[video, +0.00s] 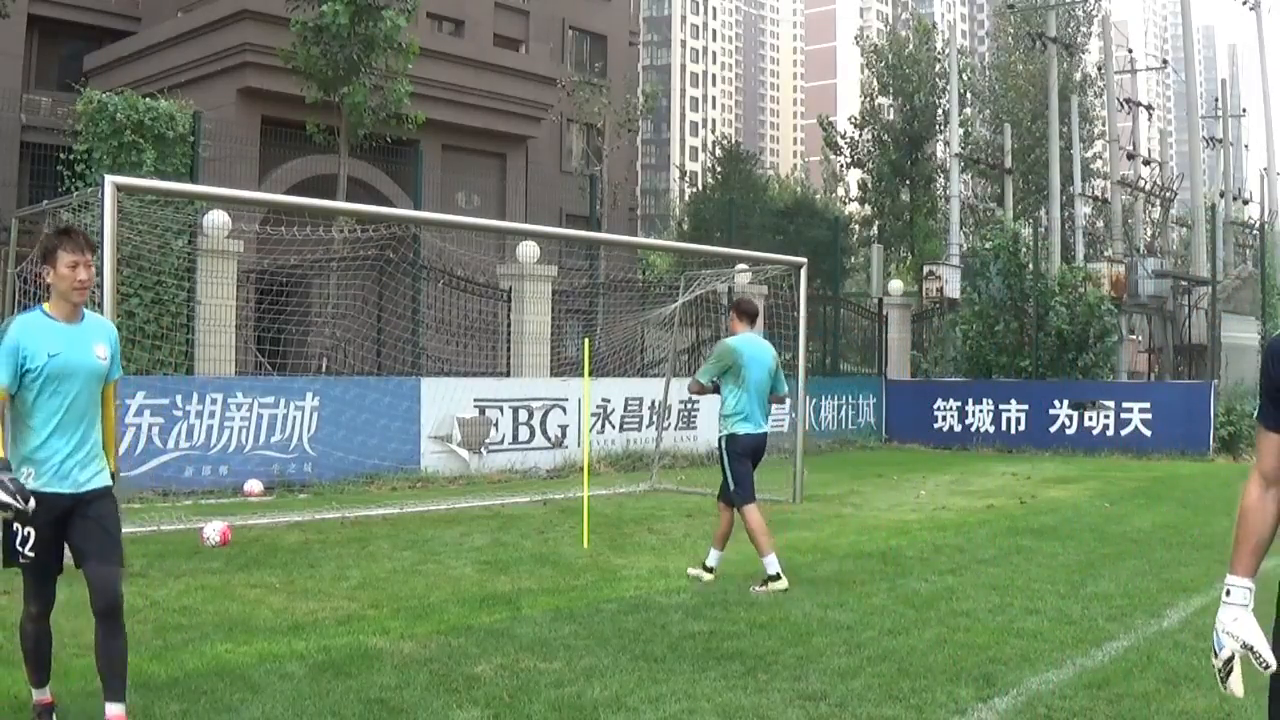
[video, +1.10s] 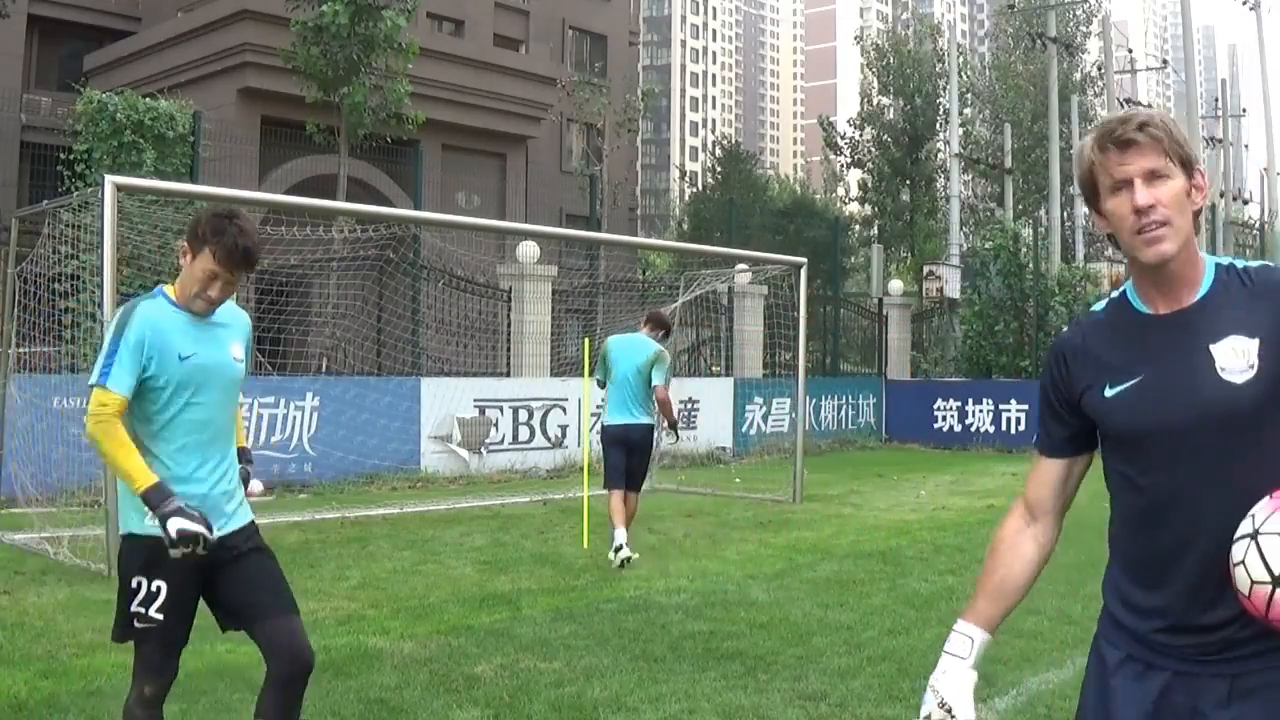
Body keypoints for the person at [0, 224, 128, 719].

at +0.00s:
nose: (84, 275)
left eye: (89, 266)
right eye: (73, 266)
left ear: (94, 271)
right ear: (47, 273)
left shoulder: (104, 331)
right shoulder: (20, 331)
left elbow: (108, 408)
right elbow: (2, 407)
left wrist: (110, 471)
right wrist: (4, 470)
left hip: (94, 487)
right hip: (36, 491)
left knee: (110, 600)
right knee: (38, 607)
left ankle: (116, 712)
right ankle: (42, 704)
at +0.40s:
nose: (129, 270)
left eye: (135, 259)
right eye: (117, 260)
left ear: (142, 265)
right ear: (91, 267)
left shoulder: (157, 330)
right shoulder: (62, 326)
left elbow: (160, 412)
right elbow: (29, 410)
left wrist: (159, 484)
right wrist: (32, 487)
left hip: (142, 505)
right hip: (77, 504)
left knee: (127, 632)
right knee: (72, 632)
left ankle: (123, 717)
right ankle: (63, 700)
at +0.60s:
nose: (141, 277)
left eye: (148, 267)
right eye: (129, 267)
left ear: (157, 269)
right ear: (104, 270)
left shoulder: (180, 331)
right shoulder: (75, 333)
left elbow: (204, 417)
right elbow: (37, 420)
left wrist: (234, 487)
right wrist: (26, 505)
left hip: (163, 517)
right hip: (99, 514)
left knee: (138, 649)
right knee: (111, 646)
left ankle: (127, 718)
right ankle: (100, 718)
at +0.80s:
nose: (159, 288)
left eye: (168, 277)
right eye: (149, 276)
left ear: (178, 274)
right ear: (122, 269)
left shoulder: (196, 332)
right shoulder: (87, 338)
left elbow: (231, 409)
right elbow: (47, 428)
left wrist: (270, 464)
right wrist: (32, 514)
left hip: (185, 526)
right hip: (122, 526)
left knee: (171, 661)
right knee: (132, 671)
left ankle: (130, 714)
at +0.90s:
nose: (178, 291)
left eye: (188, 281)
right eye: (169, 278)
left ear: (198, 275)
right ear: (142, 262)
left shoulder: (206, 324)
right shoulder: (100, 332)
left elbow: (236, 397)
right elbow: (58, 426)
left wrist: (270, 460)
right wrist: (51, 521)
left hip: (201, 527)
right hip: (132, 530)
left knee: (224, 666)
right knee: (137, 677)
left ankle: (161, 715)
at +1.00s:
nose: (190, 293)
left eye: (203, 284)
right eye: (183, 278)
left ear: (215, 276)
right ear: (159, 257)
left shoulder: (216, 323)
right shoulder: (112, 328)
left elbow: (235, 395)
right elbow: (67, 425)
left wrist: (263, 459)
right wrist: (78, 521)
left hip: (213, 526)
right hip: (142, 532)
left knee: (258, 660)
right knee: (141, 684)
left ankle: (198, 719)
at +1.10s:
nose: (217, 292)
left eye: (230, 283)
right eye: (210, 276)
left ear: (242, 280)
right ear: (186, 256)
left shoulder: (237, 322)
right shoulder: (141, 319)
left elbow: (229, 400)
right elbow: (102, 420)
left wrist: (242, 463)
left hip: (232, 526)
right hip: (159, 535)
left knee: (293, 660)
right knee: (151, 687)